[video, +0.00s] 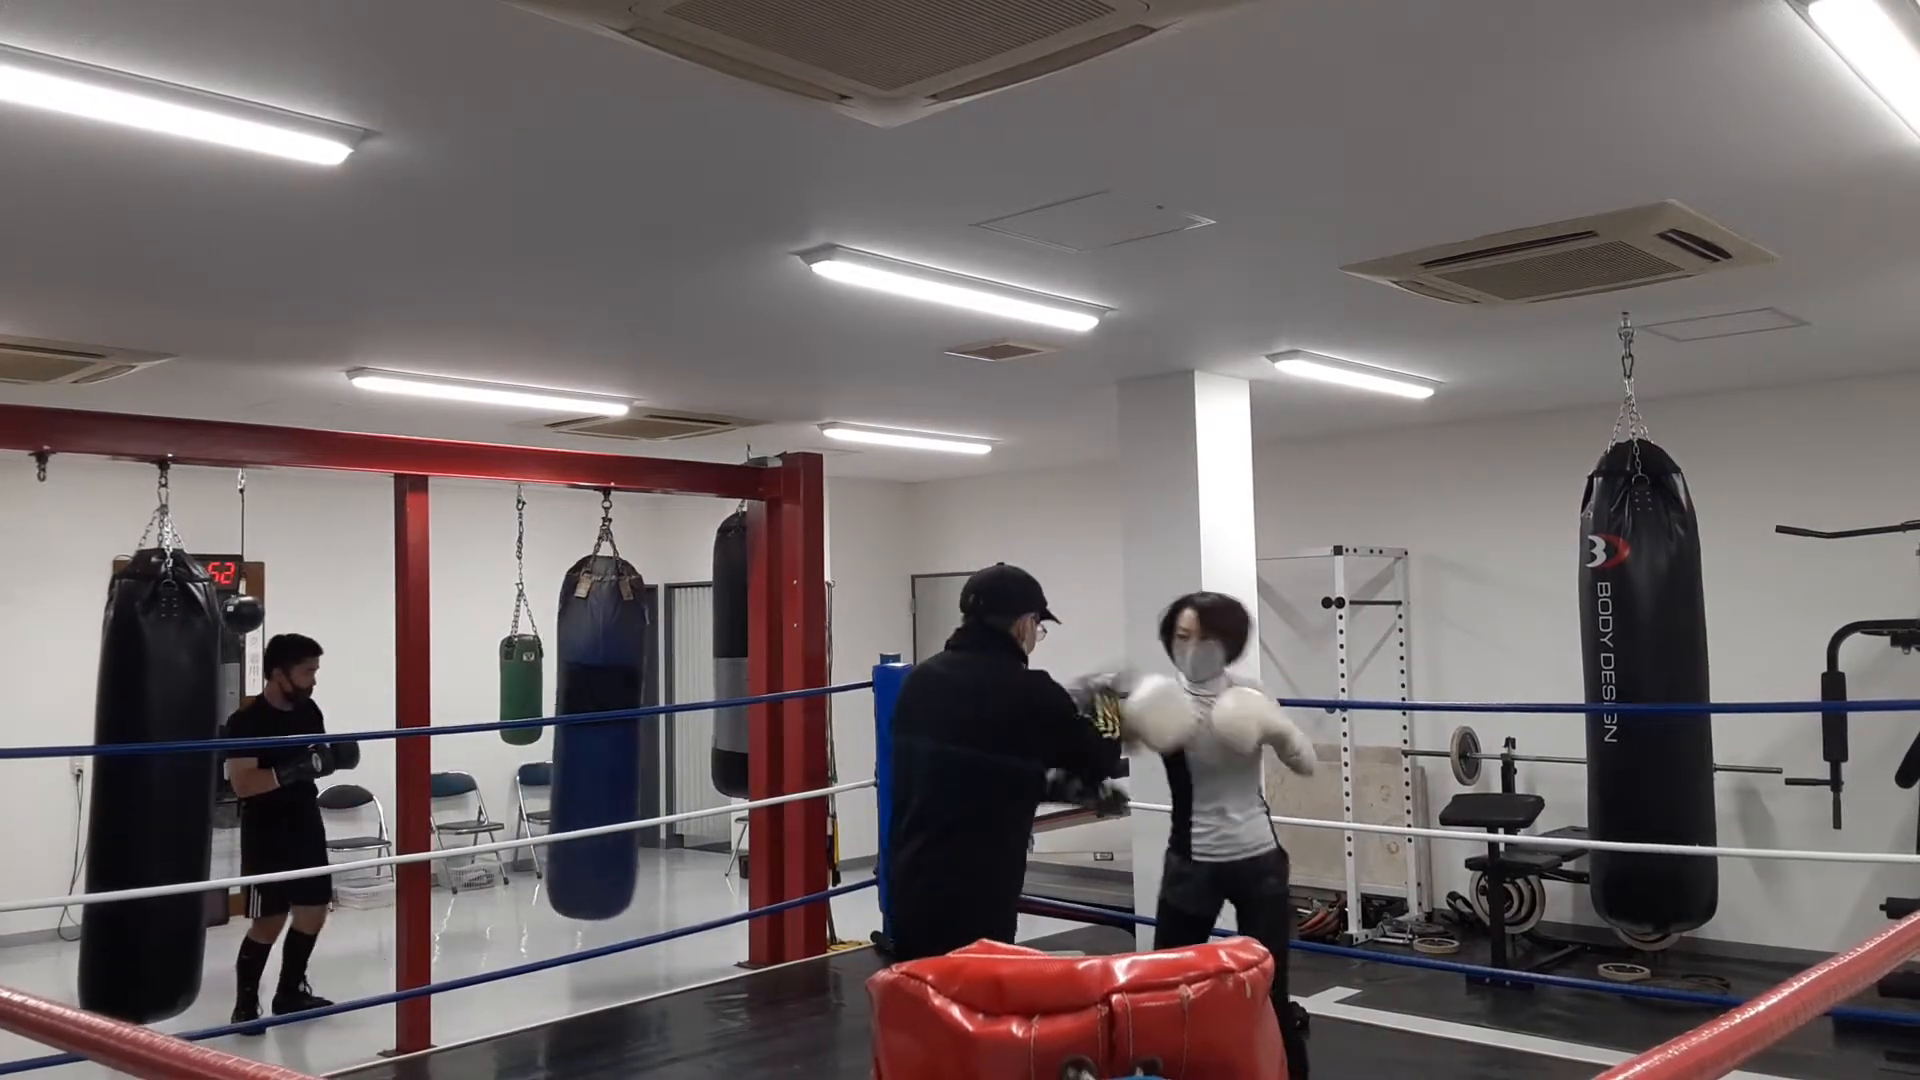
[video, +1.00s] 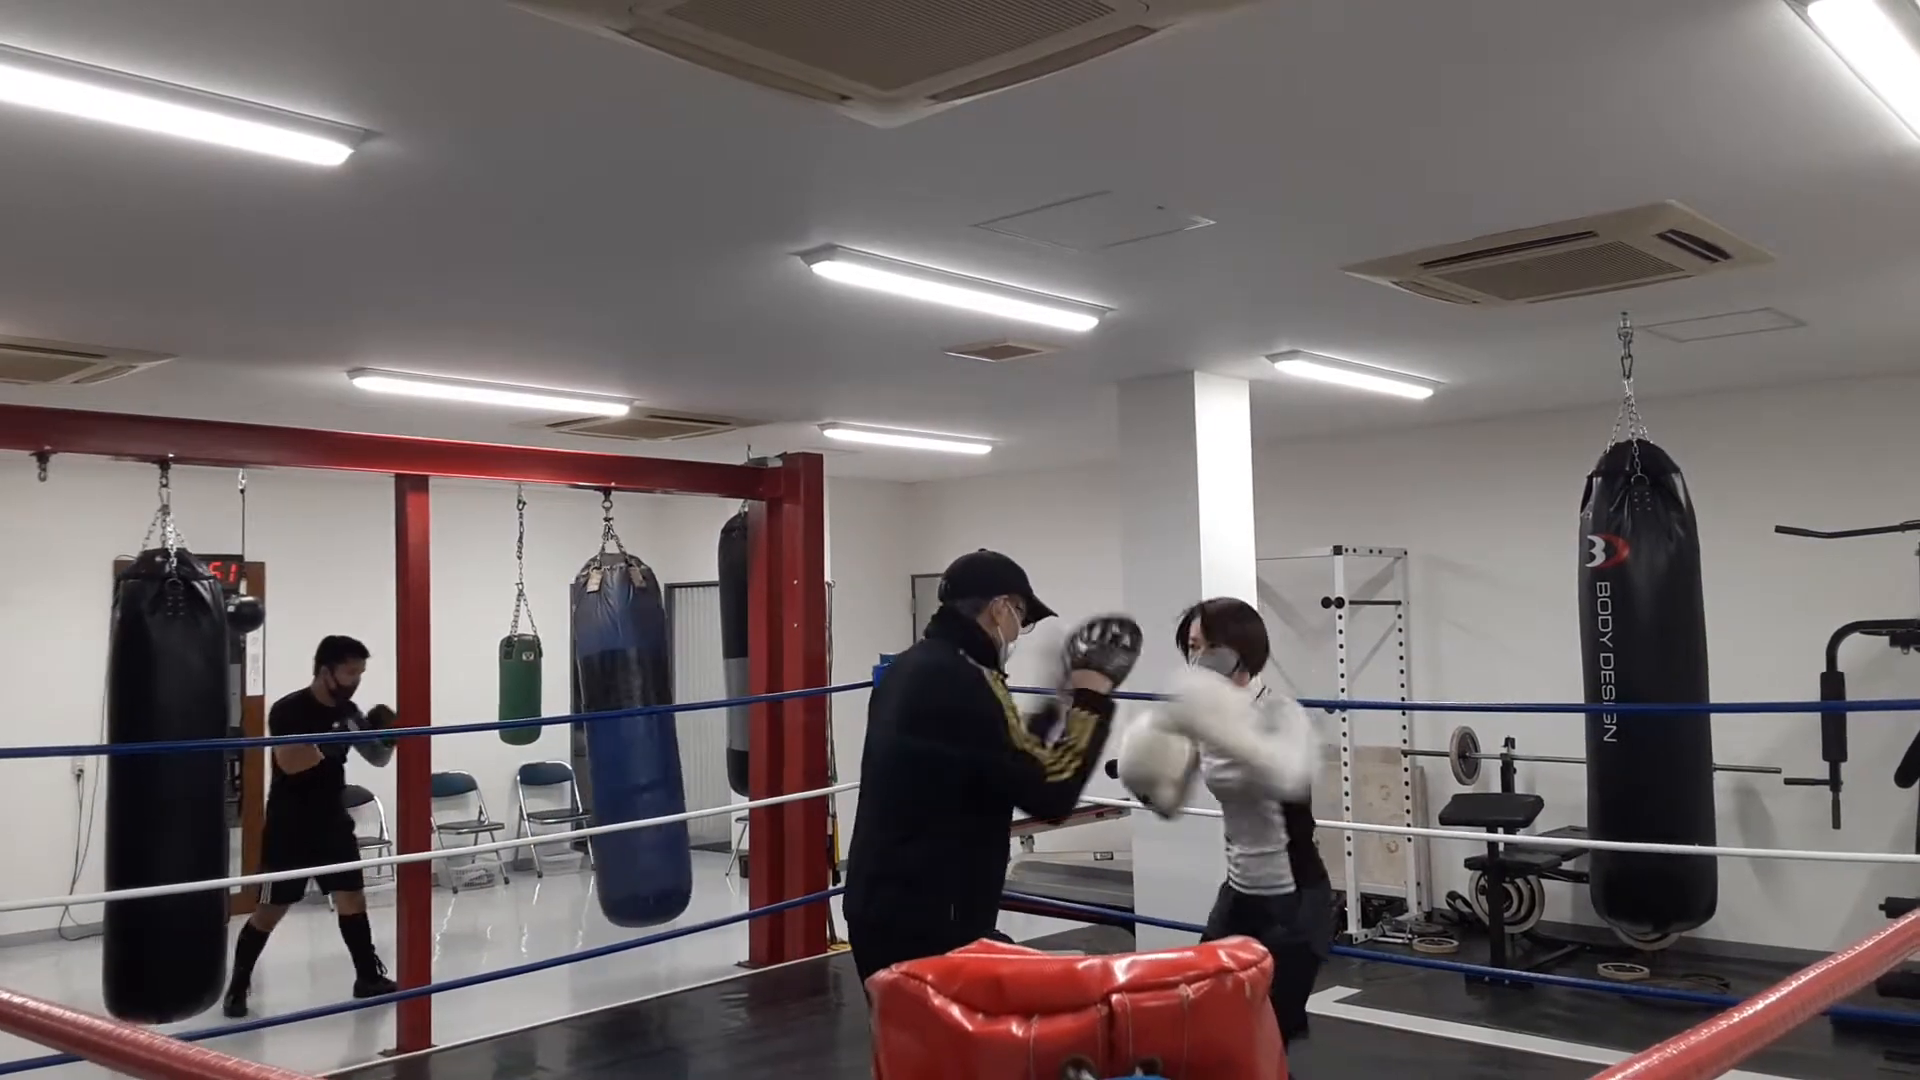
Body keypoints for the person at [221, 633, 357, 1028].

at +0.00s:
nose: (315, 678)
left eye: (316, 671)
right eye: (308, 671)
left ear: (293, 673)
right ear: (280, 673)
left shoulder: (309, 713)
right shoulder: (246, 721)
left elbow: (312, 762)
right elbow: (243, 784)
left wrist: (336, 758)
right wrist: (293, 771)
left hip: (305, 821)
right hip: (265, 826)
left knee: (312, 909)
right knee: (271, 916)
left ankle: (290, 991)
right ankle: (246, 1001)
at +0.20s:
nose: (319, 677)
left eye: (320, 669)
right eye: (313, 670)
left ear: (296, 672)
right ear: (285, 671)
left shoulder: (312, 711)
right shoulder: (250, 720)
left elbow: (319, 759)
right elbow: (246, 782)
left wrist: (341, 756)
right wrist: (300, 769)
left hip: (309, 819)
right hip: (267, 825)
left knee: (332, 901)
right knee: (271, 914)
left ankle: (323, 982)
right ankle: (246, 1003)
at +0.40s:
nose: (347, 685)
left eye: (349, 677)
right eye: (341, 678)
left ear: (343, 675)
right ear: (315, 676)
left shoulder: (340, 716)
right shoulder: (279, 721)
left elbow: (338, 765)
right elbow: (267, 781)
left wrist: (360, 765)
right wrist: (317, 776)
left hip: (325, 820)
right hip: (283, 824)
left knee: (351, 899)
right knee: (282, 911)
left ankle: (368, 977)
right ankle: (251, 1001)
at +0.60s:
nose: (372, 682)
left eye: (375, 674)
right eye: (366, 674)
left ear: (372, 673)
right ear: (340, 672)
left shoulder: (367, 715)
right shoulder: (302, 714)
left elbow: (365, 763)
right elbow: (284, 771)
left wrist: (385, 760)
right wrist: (332, 770)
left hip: (345, 816)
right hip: (300, 819)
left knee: (364, 895)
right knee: (278, 905)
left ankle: (368, 978)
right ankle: (252, 997)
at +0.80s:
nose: (375, 679)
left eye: (379, 671)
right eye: (370, 671)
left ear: (376, 669)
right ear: (345, 667)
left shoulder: (369, 711)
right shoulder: (307, 707)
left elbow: (388, 760)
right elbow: (296, 763)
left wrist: (392, 748)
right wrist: (343, 755)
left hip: (346, 814)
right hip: (303, 816)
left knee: (359, 892)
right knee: (282, 901)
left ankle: (369, 977)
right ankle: (248, 987)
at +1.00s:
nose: (353, 685)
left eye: (358, 677)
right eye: (347, 676)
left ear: (359, 674)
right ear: (324, 671)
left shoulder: (347, 712)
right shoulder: (287, 710)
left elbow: (378, 757)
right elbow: (290, 762)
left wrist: (384, 731)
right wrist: (334, 739)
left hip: (332, 821)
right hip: (288, 824)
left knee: (351, 897)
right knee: (271, 907)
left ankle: (368, 977)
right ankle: (238, 987)